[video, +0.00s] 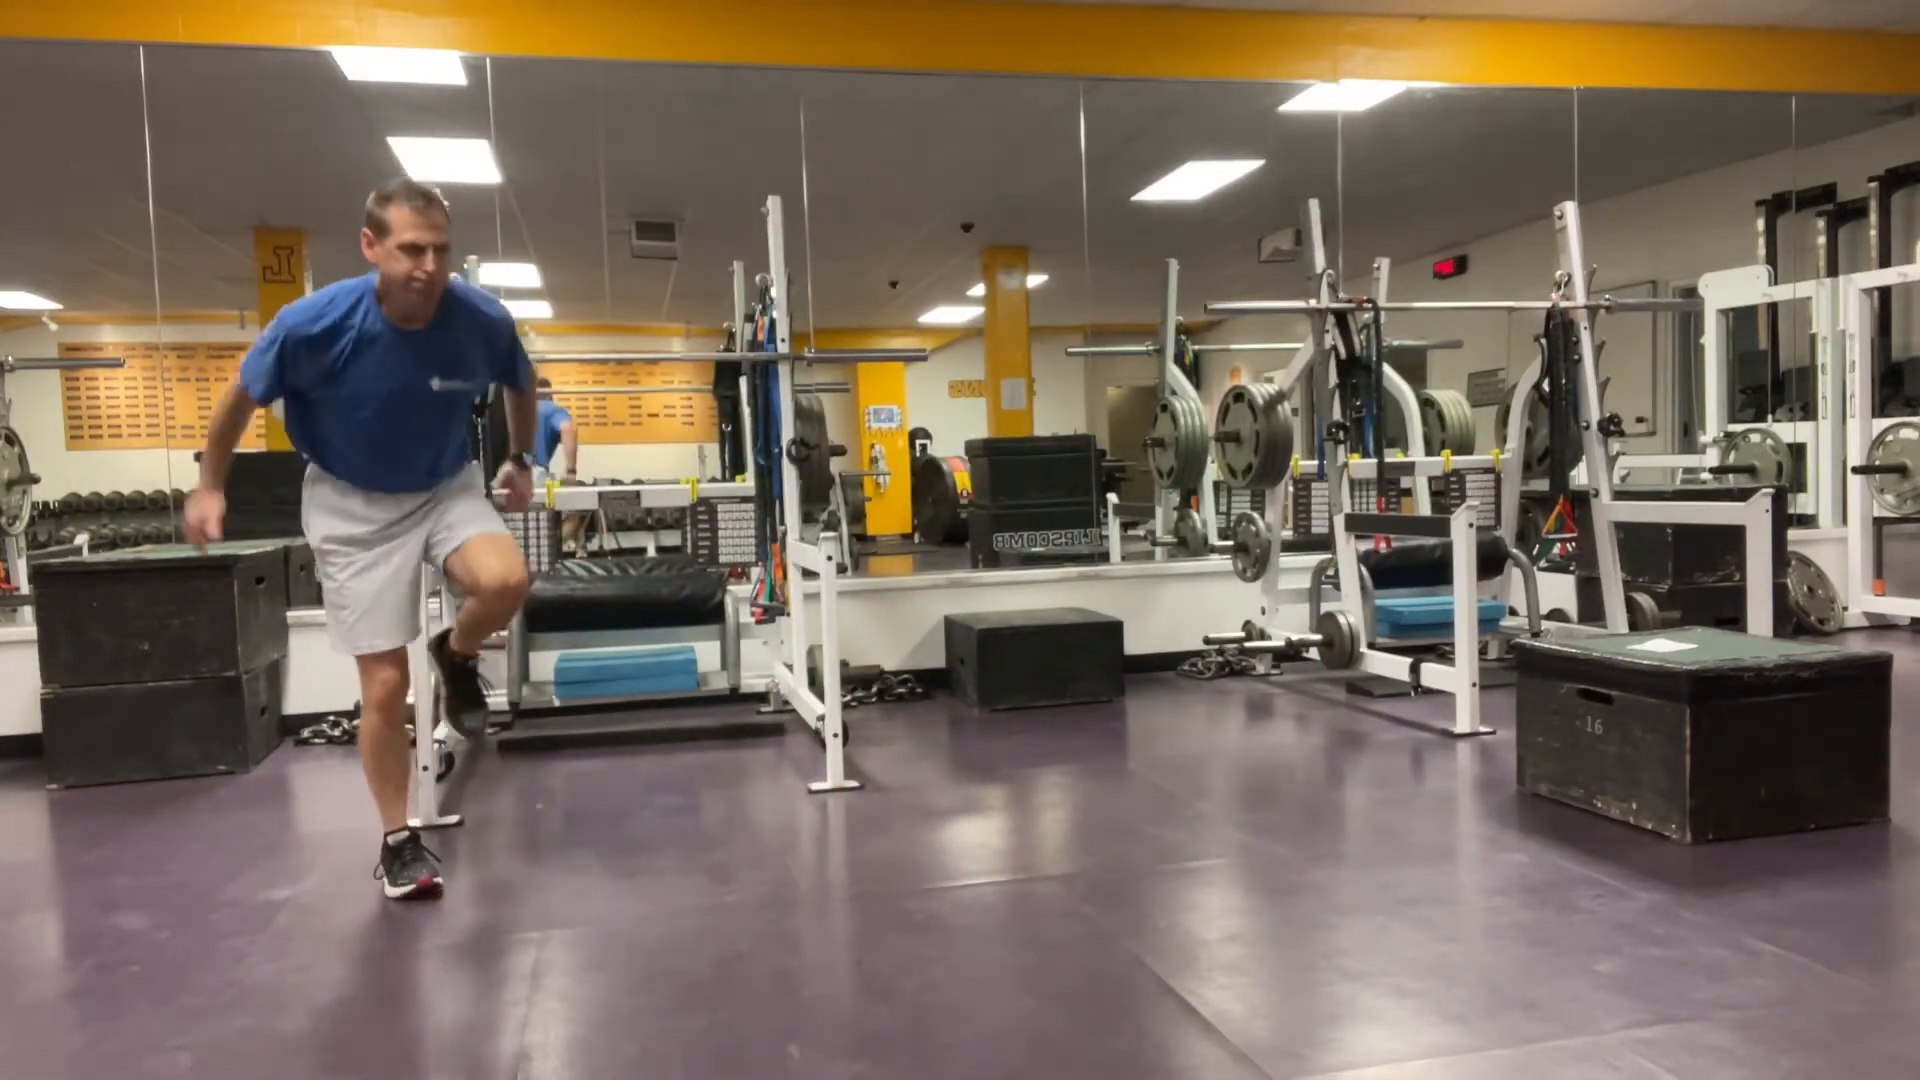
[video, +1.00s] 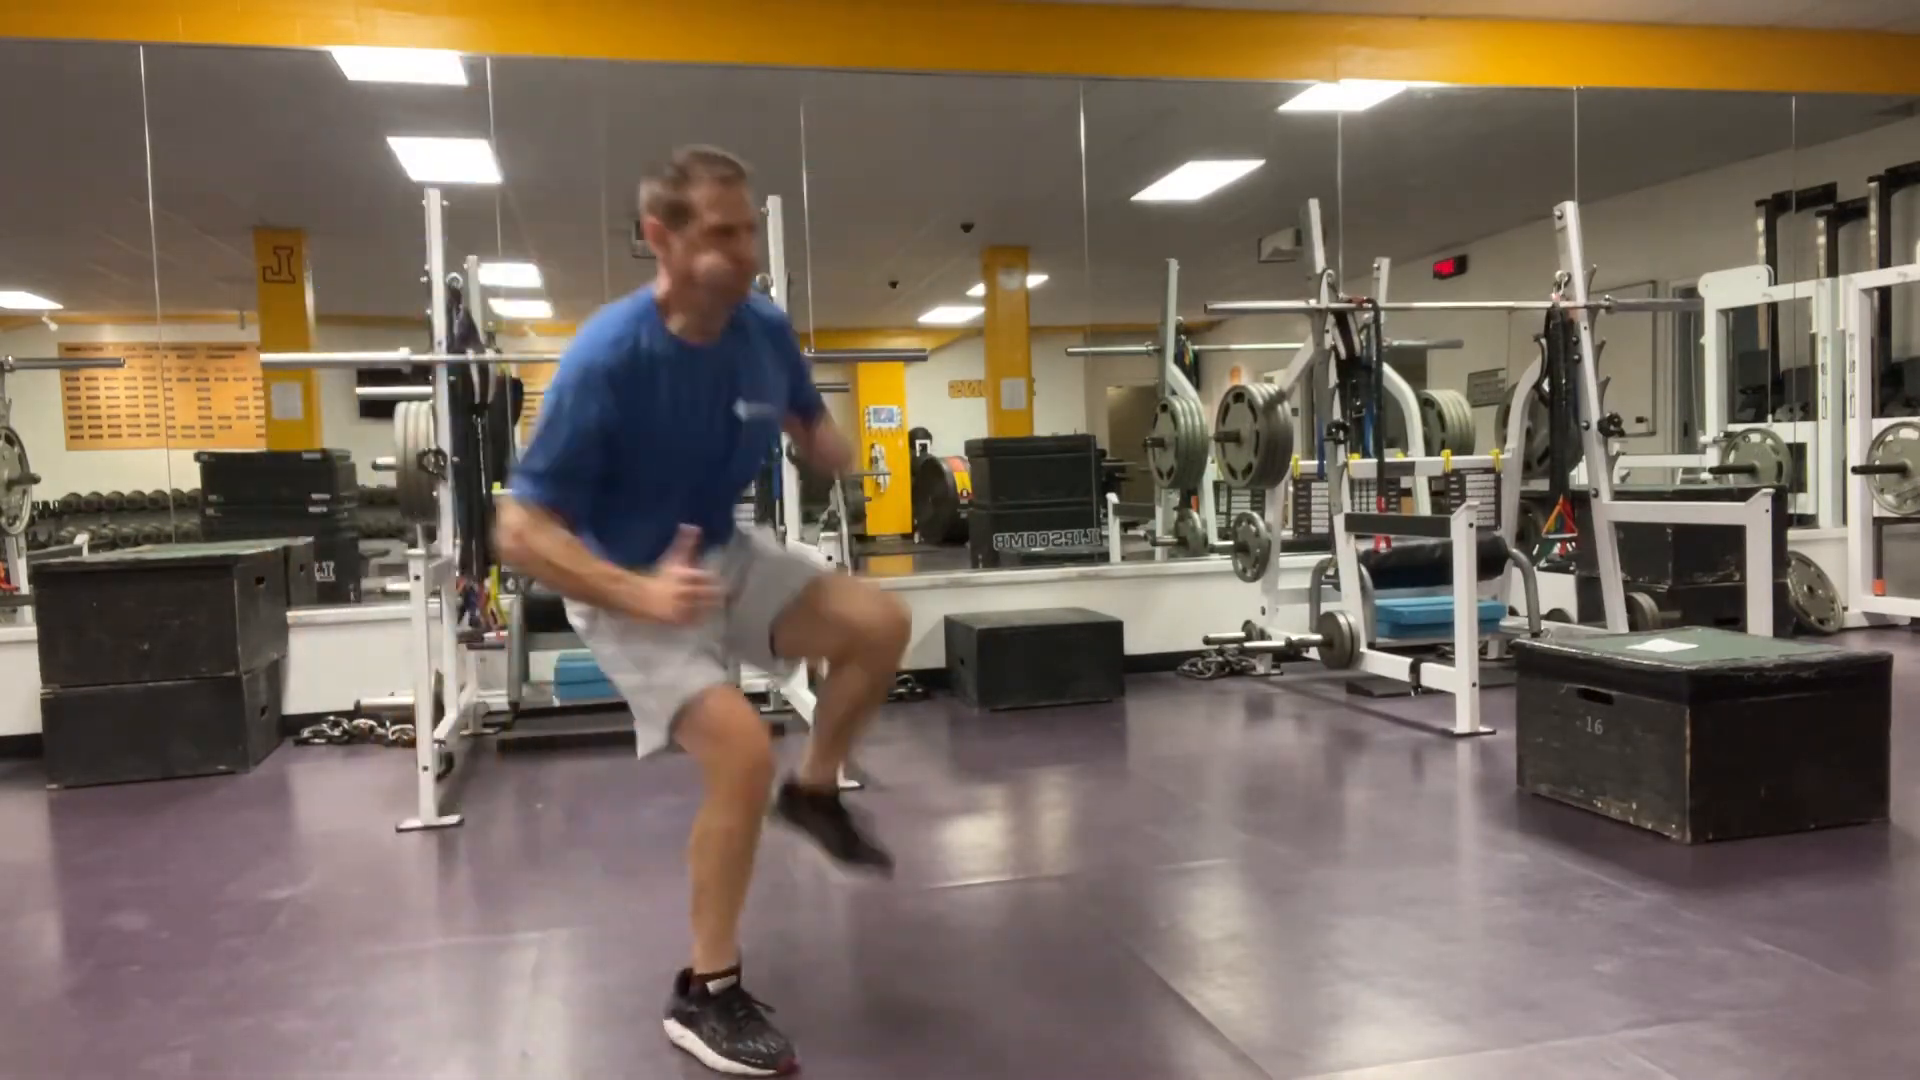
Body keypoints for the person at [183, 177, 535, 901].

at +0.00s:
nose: (428, 266)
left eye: (439, 250)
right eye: (411, 250)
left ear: (452, 251)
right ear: (371, 247)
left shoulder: (481, 321)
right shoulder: (312, 326)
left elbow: (521, 381)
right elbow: (237, 403)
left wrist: (520, 460)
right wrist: (209, 487)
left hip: (445, 490)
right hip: (352, 508)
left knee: (507, 580)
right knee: (386, 690)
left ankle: (456, 652)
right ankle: (400, 838)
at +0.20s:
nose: (440, 306)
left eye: (451, 290)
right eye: (421, 291)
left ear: (464, 289)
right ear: (381, 290)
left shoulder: (503, 360)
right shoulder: (331, 364)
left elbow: (516, 416)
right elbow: (263, 410)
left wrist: (502, 492)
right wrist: (241, 486)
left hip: (455, 527)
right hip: (362, 535)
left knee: (490, 668)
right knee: (414, 698)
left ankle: (426, 707)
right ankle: (400, 841)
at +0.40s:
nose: (447, 263)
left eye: (455, 247)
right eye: (429, 248)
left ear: (469, 248)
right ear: (385, 250)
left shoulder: (498, 314)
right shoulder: (350, 334)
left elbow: (598, 357)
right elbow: (363, 418)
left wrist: (580, 295)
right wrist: (455, 324)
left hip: (483, 527)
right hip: (393, 549)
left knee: (569, 616)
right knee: (442, 730)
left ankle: (542, 761)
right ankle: (405, 837)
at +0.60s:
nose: (501, 109)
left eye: (514, 94)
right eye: (480, 93)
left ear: (528, 103)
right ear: (439, 107)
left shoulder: (554, 161)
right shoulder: (418, 181)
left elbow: (661, 103)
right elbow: (388, 121)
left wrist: (624, 13)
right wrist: (460, 8)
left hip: (553, 414)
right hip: (461, 438)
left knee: (701, 458)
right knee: (493, 664)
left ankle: (653, 606)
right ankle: (442, 783)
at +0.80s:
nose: (616, 123)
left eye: (627, 106)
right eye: (597, 106)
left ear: (644, 105)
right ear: (550, 104)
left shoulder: (668, 176)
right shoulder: (502, 179)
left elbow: (785, 188)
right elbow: (330, 215)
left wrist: (789, 160)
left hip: (632, 421)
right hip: (535, 450)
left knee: (796, 429)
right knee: (613, 659)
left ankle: (687, 556)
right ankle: (647, 896)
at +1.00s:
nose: (744, 253)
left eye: (749, 233)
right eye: (720, 235)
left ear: (758, 234)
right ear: (659, 239)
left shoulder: (764, 332)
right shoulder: (604, 357)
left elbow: (819, 448)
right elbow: (518, 529)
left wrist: (829, 442)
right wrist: (637, 592)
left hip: (723, 557)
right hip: (626, 592)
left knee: (879, 626)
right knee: (744, 752)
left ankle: (815, 789)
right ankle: (709, 988)